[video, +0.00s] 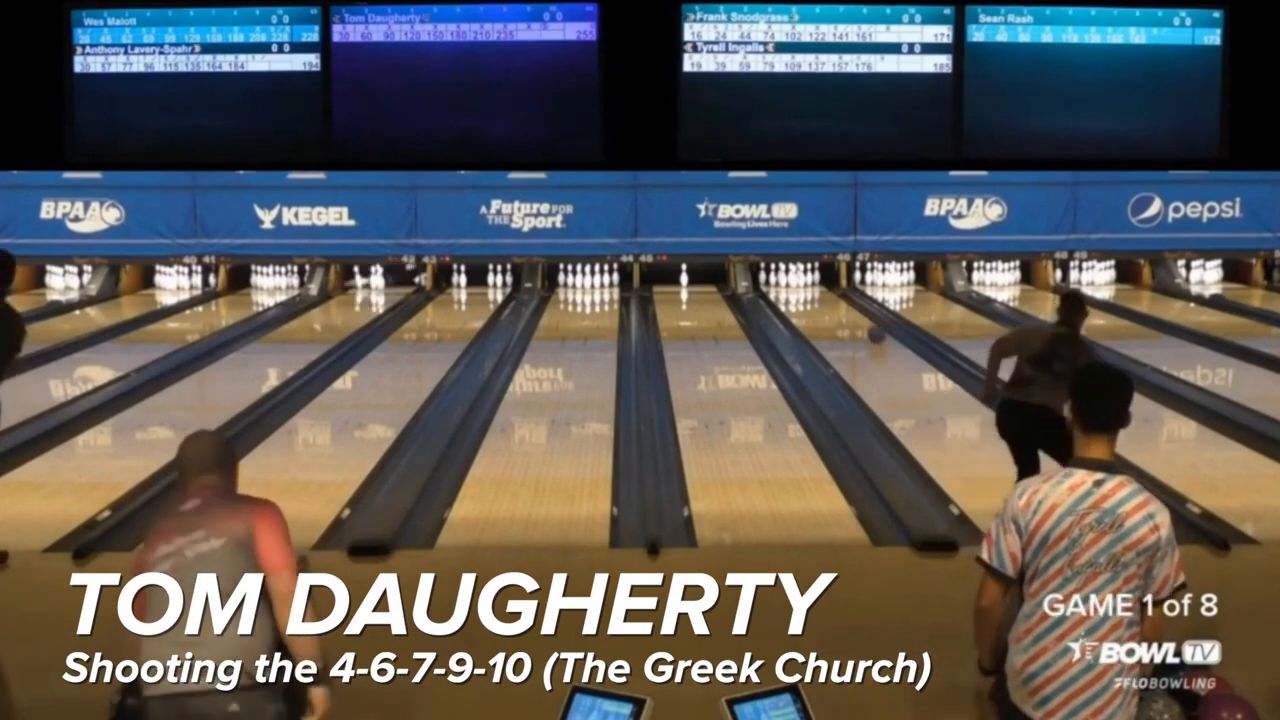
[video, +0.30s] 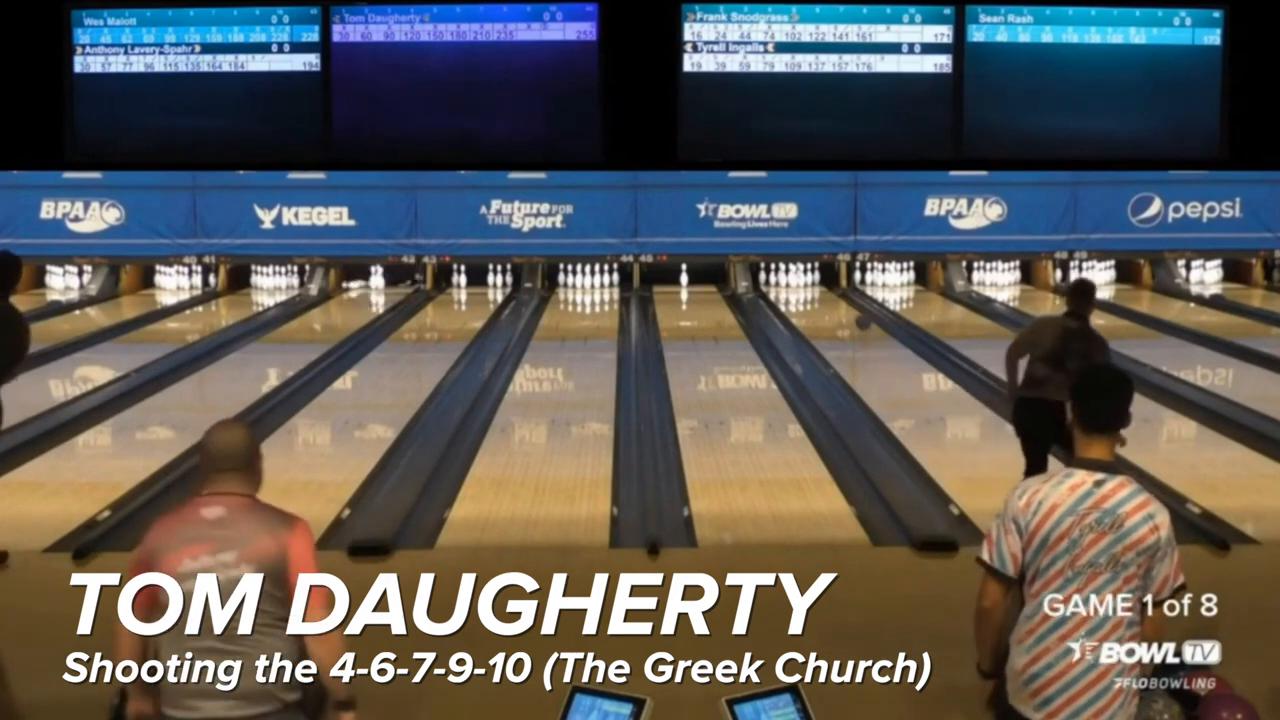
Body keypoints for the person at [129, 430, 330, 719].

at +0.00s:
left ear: (182, 475)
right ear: (232, 468)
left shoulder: (158, 534)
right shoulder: (259, 515)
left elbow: (139, 612)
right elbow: (289, 603)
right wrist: (314, 676)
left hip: (165, 699)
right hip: (244, 696)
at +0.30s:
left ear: (203, 464)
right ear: (257, 463)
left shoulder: (162, 531)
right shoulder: (288, 530)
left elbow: (131, 618)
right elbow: (317, 625)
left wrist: (134, 691)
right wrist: (343, 699)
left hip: (182, 707)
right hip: (268, 704)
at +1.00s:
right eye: (250, 482)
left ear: (188, 485)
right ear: (245, 492)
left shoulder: (136, 557)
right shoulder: (279, 573)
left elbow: (124, 665)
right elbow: (305, 685)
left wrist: (134, 713)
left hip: (157, 712)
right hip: (248, 713)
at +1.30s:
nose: (217, 489)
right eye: (217, 483)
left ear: (151, 486)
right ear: (211, 492)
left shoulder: (105, 559)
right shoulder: (249, 569)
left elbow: (91, 657)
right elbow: (274, 683)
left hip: (133, 712)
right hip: (223, 712)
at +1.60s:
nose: (190, 490)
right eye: (189, 482)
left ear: (121, 493)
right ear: (183, 492)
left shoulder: (79, 569)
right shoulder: (225, 567)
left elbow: (67, 685)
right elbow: (259, 681)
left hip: (108, 713)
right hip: (202, 713)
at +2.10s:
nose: (227, 493)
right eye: (226, 486)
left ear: (158, 496)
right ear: (220, 497)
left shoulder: (106, 576)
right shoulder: (266, 574)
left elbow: (82, 691)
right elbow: (302, 683)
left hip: (140, 714)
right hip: (241, 714)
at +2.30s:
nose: (247, 503)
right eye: (247, 497)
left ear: (178, 503)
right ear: (240, 505)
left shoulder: (127, 582)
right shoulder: (285, 581)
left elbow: (107, 701)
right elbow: (324, 689)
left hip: (159, 711)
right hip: (257, 711)